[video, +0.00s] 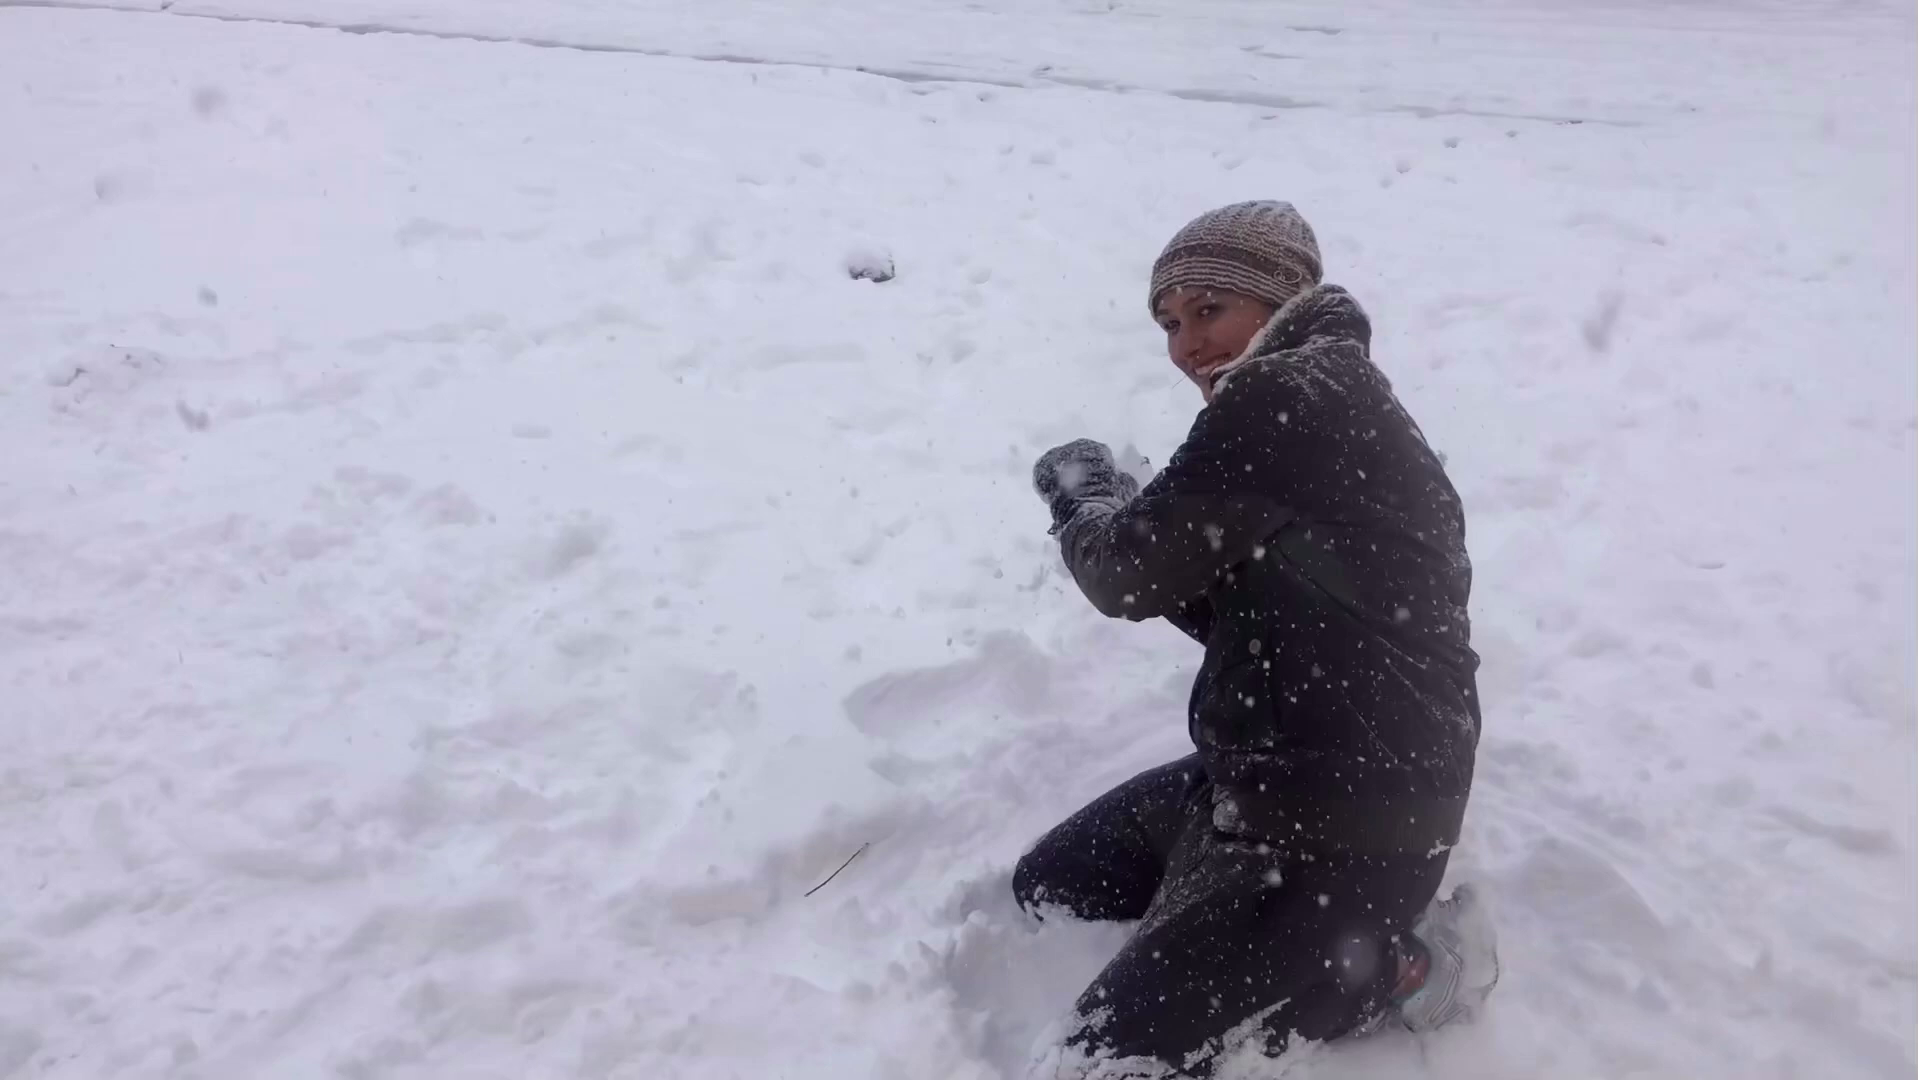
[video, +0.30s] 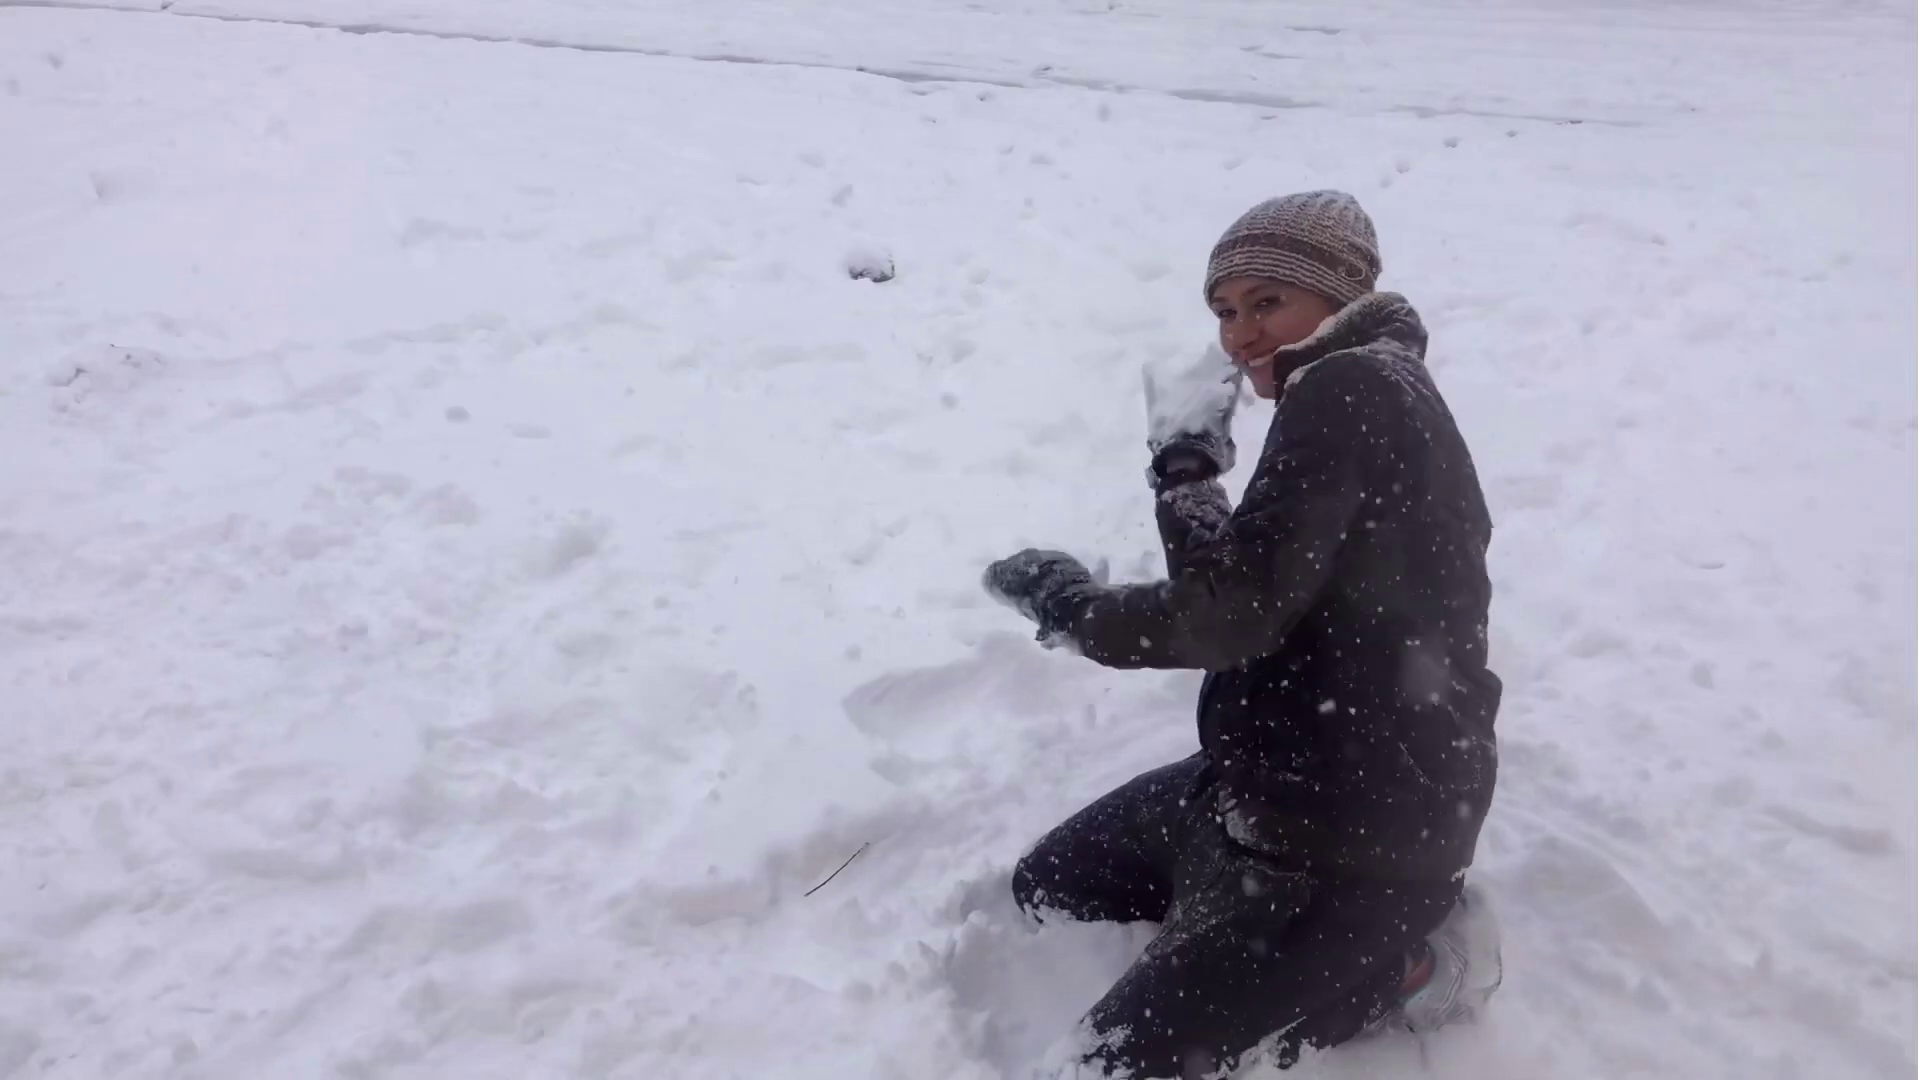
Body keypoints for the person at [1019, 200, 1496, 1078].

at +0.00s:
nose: (1186, 346)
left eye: (1209, 311)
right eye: (1172, 324)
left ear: (1282, 301)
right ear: (1159, 331)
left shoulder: (1278, 403)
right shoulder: (1366, 414)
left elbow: (1123, 575)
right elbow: (1255, 622)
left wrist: (1086, 500)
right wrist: (1153, 545)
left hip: (1329, 838)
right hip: (1259, 780)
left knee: (1101, 1055)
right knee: (1054, 883)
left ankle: (1403, 970)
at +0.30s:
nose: (1240, 337)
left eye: (1266, 304)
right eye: (1226, 314)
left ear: (1344, 297)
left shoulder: (1349, 394)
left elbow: (1236, 611)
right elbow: (1253, 612)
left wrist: (1079, 613)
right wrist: (1190, 483)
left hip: (1347, 854)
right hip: (1257, 788)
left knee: (1113, 1059)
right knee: (1050, 891)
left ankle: (1413, 967)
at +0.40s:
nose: (1269, 331)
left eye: (1300, 301)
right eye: (1253, 305)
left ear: (1376, 304)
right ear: (1238, 314)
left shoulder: (1419, 408)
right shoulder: (1308, 456)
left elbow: (1428, 641)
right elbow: (1146, 565)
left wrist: (1186, 706)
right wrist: (1155, 422)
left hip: (1376, 854)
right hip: (1261, 793)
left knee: (1124, 1056)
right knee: (1048, 891)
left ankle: (1419, 965)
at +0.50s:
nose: (1291, 331)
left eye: (1322, 299)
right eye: (1274, 304)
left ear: (1399, 302)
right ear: (1258, 312)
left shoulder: (1495, 426)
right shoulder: (1277, 470)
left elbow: (1622, 627)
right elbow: (1100, 524)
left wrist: (1448, 760)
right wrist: (1059, 365)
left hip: (1408, 861)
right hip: (1256, 795)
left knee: (1136, 1044)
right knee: (1046, 893)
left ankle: (1425, 970)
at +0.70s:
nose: (1295, 317)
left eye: (1329, 293)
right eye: (1285, 289)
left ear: (1407, 306)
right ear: (1273, 297)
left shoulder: (1512, 429)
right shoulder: (1249, 448)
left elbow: (1704, 573)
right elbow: (1274, 622)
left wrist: (1901, 602)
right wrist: (1420, 708)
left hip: (1421, 858)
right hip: (1271, 800)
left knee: (1167, 1019)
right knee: (1031, 899)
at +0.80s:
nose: (1290, 322)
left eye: (1325, 296)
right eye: (1277, 294)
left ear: (1405, 311)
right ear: (1261, 308)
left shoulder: (1511, 425)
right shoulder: (1249, 462)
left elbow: (1728, 489)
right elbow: (1359, 658)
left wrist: (1909, 473)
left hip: (1432, 868)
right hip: (1275, 803)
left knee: (1166, 1017)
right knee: (1041, 897)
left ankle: (1453, 1001)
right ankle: (1297, 888)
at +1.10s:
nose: (1303, 360)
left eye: (1341, 330)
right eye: (1285, 325)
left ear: (1420, 336)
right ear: (1268, 326)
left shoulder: (1521, 426)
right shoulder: (1256, 460)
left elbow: (1741, 464)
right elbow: (1334, 679)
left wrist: (1912, 450)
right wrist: (1547, 806)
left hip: (1447, 854)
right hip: (1291, 800)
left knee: (1202, 1004)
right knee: (1043, 897)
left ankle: (1472, 997)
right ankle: (1295, 884)